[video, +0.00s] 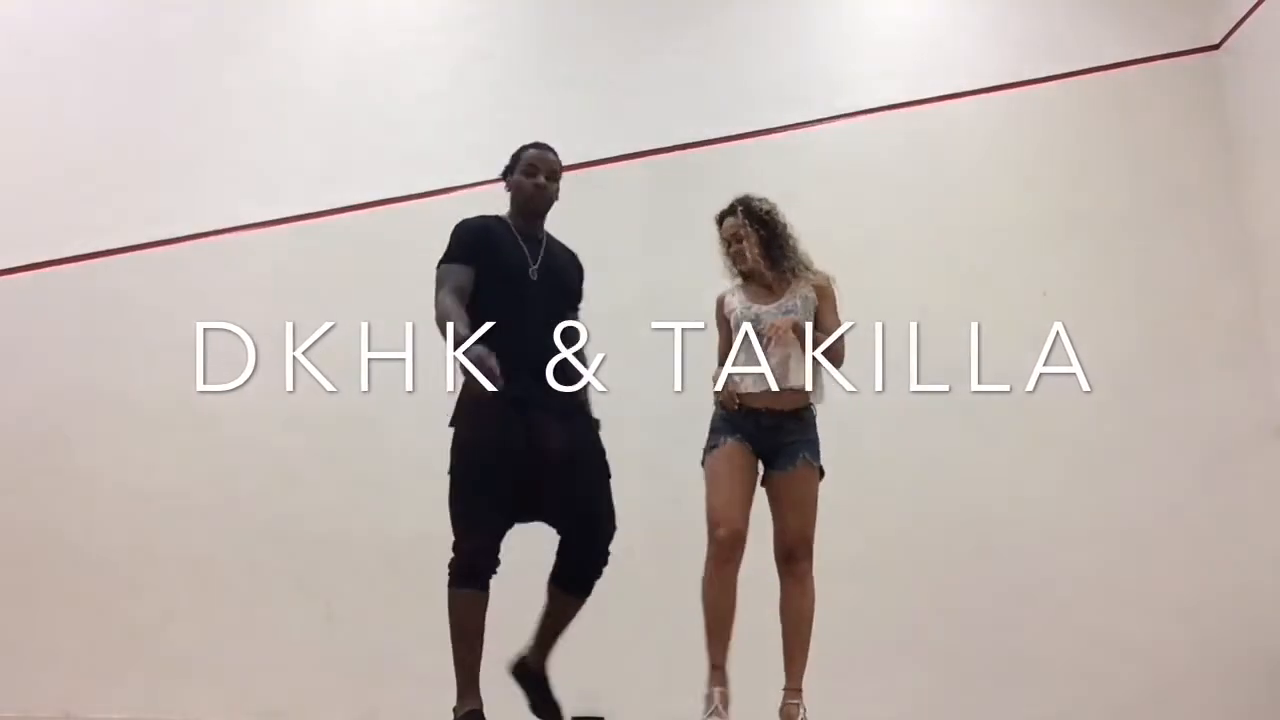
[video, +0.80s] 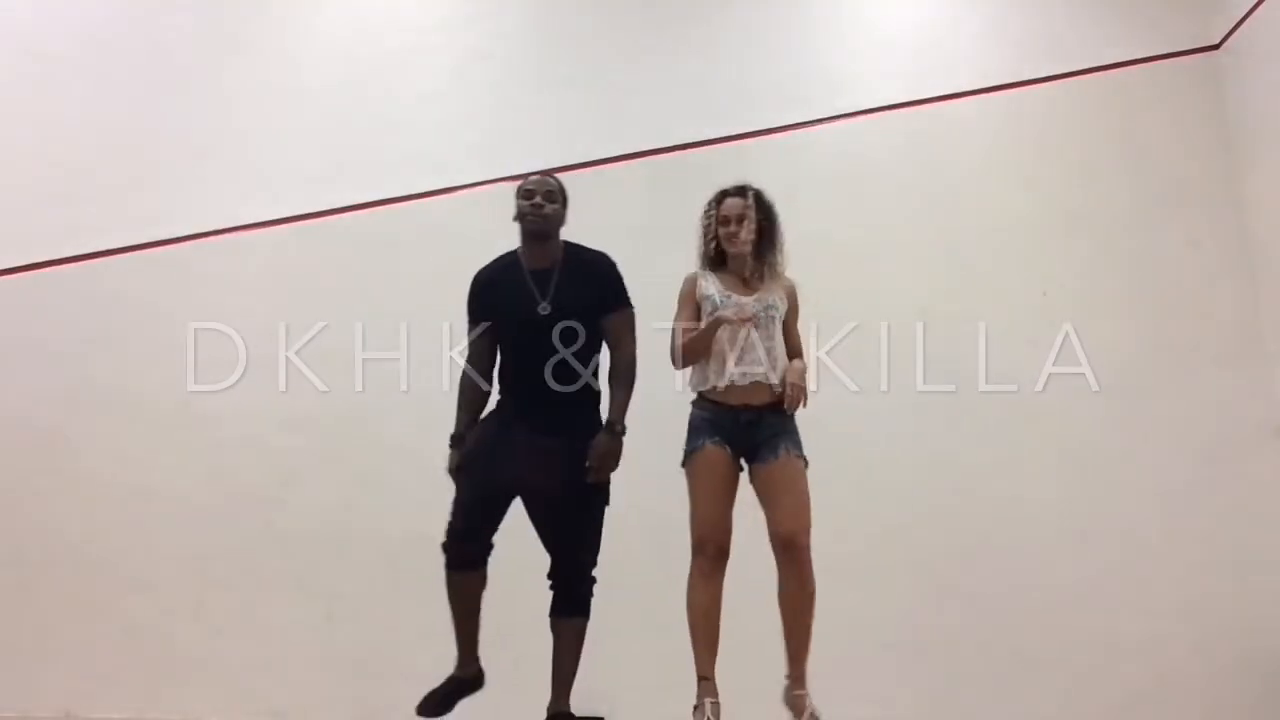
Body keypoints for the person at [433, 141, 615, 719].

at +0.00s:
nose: (538, 181)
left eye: (548, 175)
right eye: (528, 171)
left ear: (560, 189)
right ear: (507, 181)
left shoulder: (567, 263)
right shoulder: (476, 233)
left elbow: (567, 345)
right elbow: (448, 298)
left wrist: (582, 410)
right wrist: (467, 346)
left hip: (561, 423)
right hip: (490, 419)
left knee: (590, 539)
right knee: (474, 552)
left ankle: (535, 661)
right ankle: (468, 699)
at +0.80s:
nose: (537, 204)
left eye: (549, 197)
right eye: (528, 197)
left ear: (565, 212)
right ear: (514, 210)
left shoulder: (597, 270)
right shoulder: (492, 279)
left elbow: (623, 356)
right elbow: (478, 368)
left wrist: (614, 429)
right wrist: (461, 437)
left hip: (573, 440)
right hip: (505, 436)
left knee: (574, 576)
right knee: (463, 546)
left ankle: (559, 706)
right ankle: (467, 667)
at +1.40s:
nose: (475, 215)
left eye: (487, 212)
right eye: (466, 209)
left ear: (500, 234)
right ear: (450, 227)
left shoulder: (521, 291)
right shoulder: (425, 295)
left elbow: (549, 376)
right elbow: (411, 368)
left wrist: (542, 449)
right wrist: (418, 424)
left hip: (509, 444)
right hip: (451, 444)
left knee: (486, 559)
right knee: (436, 569)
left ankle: (527, 691)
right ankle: (437, 704)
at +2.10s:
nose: (499, 211)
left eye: (510, 207)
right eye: (490, 207)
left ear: (526, 230)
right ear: (477, 228)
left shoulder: (542, 303)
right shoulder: (450, 273)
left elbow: (549, 382)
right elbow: (397, 345)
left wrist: (502, 365)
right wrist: (369, 421)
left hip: (509, 449)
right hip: (448, 446)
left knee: (503, 574)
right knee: (447, 565)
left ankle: (465, 703)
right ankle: (423, 682)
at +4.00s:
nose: (520, 204)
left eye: (531, 197)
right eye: (511, 196)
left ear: (546, 208)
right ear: (496, 206)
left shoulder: (572, 276)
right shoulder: (464, 268)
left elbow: (589, 344)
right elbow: (441, 348)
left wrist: (592, 353)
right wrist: (422, 405)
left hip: (549, 438)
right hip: (481, 434)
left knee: (534, 573)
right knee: (467, 553)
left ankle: (514, 703)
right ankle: (474, 671)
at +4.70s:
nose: (480, 231)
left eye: (490, 221)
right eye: (471, 222)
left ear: (510, 220)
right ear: (462, 224)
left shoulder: (543, 274)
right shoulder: (447, 290)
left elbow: (571, 357)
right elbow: (435, 372)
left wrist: (567, 432)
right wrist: (416, 445)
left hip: (518, 446)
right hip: (457, 446)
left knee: (497, 565)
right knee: (458, 569)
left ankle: (472, 697)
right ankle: (472, 697)